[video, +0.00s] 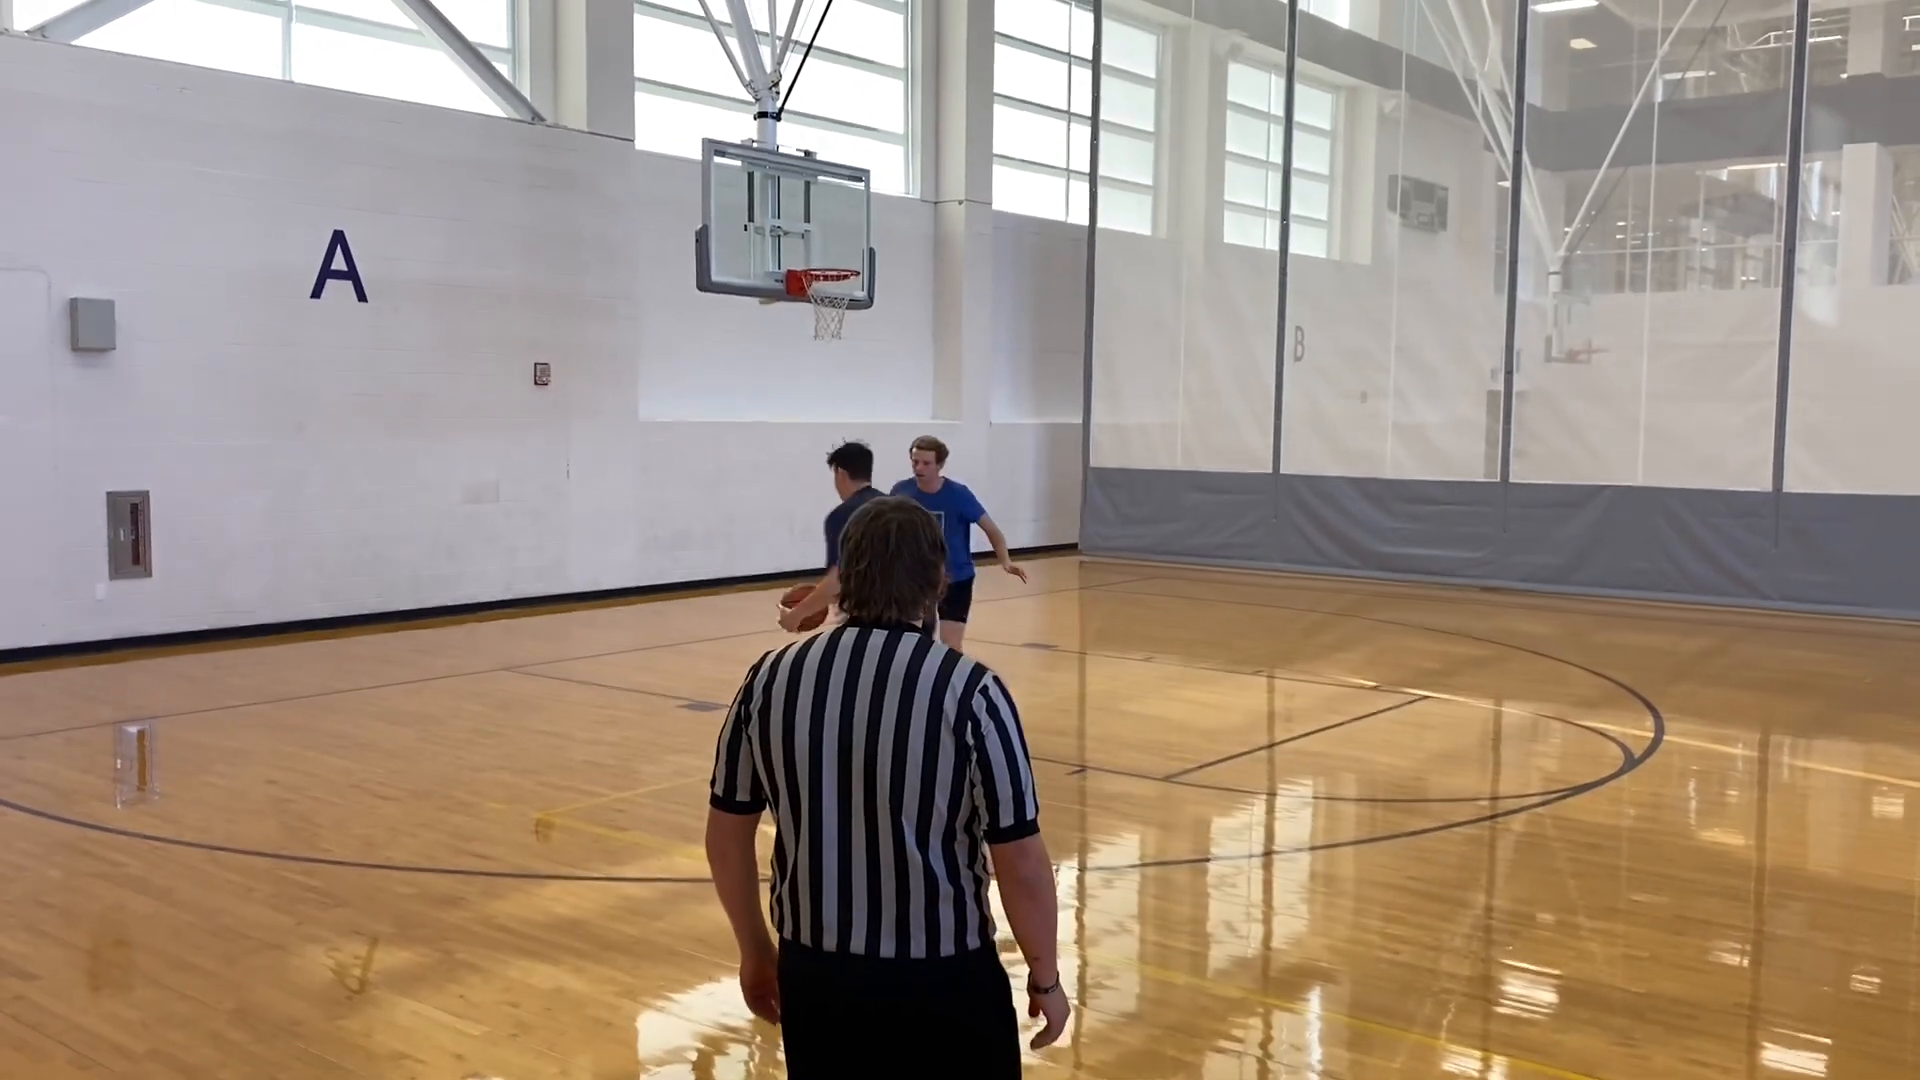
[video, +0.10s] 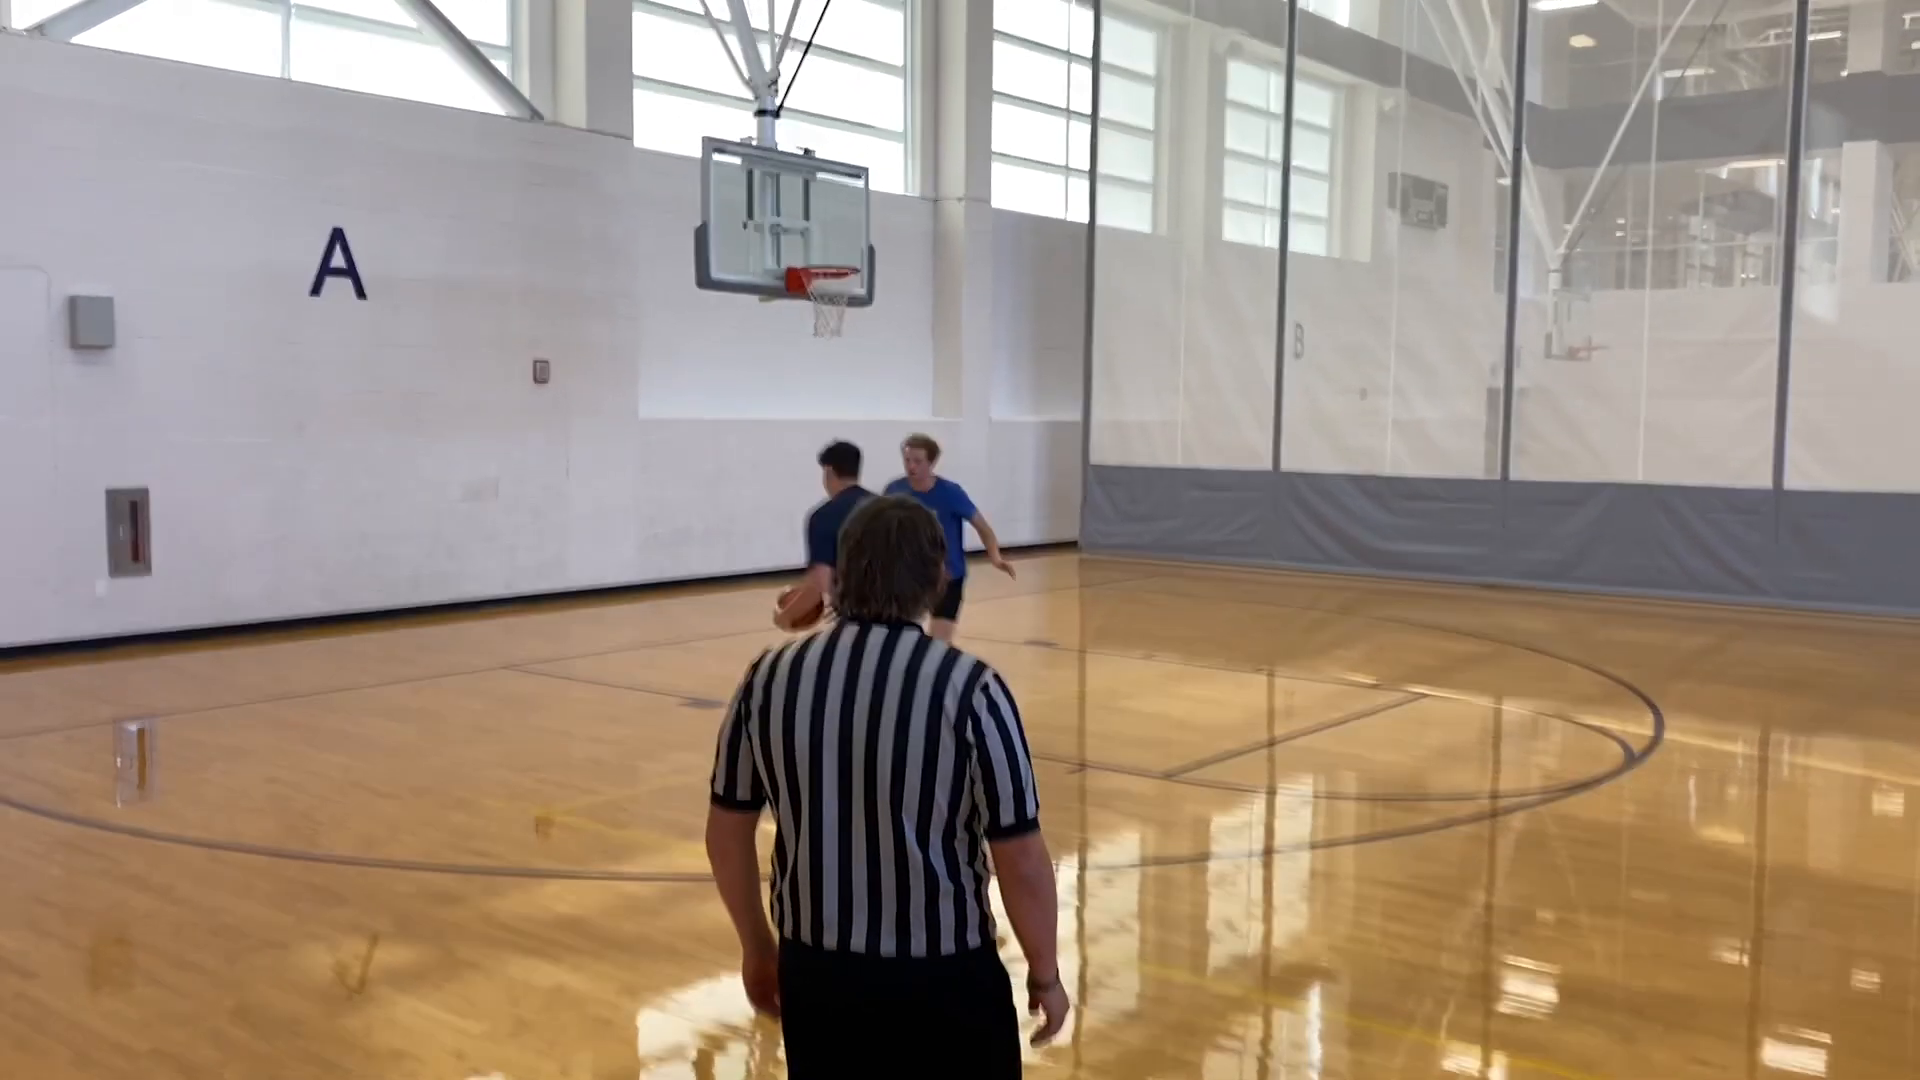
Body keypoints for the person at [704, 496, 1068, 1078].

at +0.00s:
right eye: (943, 573)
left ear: (844, 577)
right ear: (937, 584)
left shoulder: (771, 677)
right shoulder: (972, 690)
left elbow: (727, 834)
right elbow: (1021, 861)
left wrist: (755, 949)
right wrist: (1045, 976)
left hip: (816, 981)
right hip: (949, 986)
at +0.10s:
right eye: (943, 568)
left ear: (842, 573)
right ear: (937, 579)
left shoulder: (771, 675)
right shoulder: (971, 687)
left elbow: (727, 831)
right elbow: (1020, 854)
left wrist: (757, 945)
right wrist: (1045, 973)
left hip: (817, 981)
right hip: (950, 984)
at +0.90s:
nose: (939, 573)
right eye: (935, 561)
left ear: (842, 563)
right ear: (929, 571)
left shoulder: (768, 668)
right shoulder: (968, 681)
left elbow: (724, 828)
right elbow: (1018, 852)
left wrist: (758, 940)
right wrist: (1038, 955)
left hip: (813, 972)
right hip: (946, 976)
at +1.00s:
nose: (940, 573)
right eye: (936, 561)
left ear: (841, 565)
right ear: (929, 571)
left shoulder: (768, 668)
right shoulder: (968, 681)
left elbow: (724, 828)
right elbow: (1019, 852)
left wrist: (758, 938)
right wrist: (1037, 955)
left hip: (814, 973)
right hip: (947, 977)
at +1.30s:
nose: (939, 571)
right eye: (935, 559)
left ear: (841, 565)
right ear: (929, 571)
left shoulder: (765, 671)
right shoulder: (968, 682)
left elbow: (721, 830)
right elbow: (1017, 852)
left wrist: (755, 941)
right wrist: (1032, 951)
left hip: (813, 976)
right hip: (946, 979)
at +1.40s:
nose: (938, 570)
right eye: (934, 558)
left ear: (841, 566)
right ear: (928, 569)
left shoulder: (765, 670)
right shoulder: (968, 682)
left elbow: (721, 829)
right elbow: (1018, 853)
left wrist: (754, 939)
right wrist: (1032, 949)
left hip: (812, 974)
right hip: (945, 976)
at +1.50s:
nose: (940, 571)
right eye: (936, 558)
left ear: (841, 565)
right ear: (929, 570)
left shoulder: (764, 671)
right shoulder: (968, 682)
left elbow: (721, 830)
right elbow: (1018, 854)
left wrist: (754, 939)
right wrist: (1030, 946)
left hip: (812, 973)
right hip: (945, 975)